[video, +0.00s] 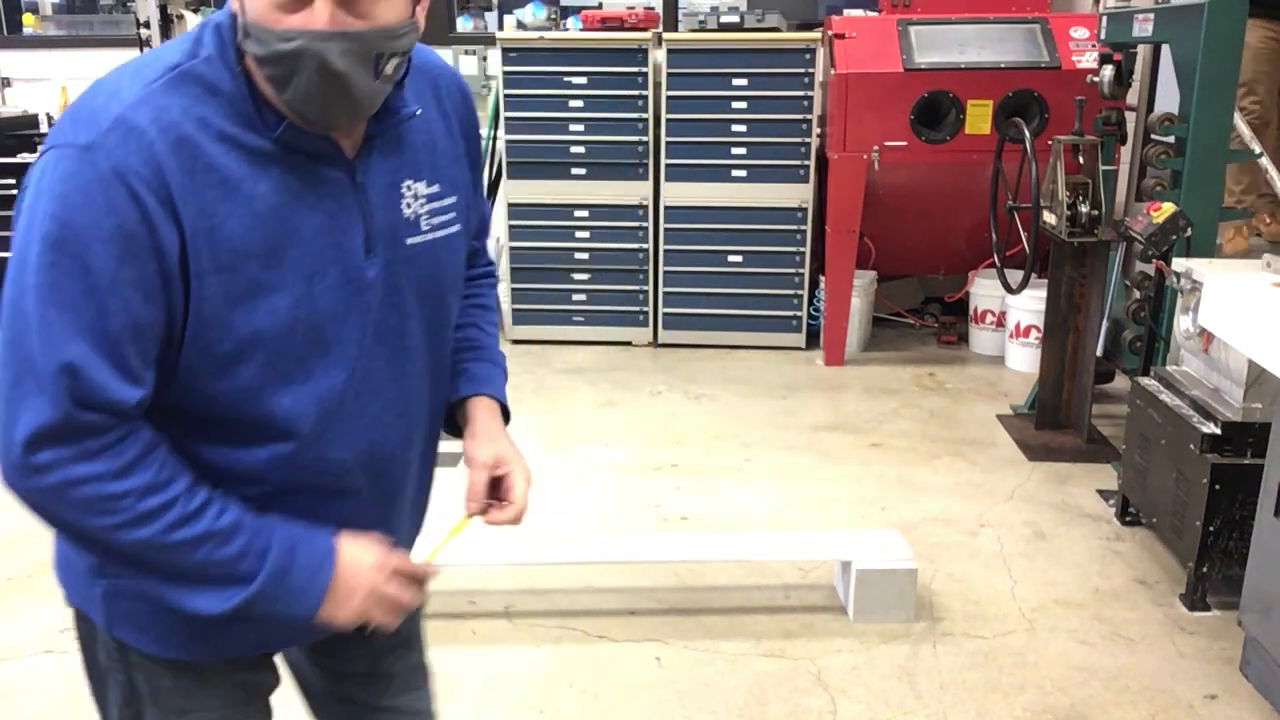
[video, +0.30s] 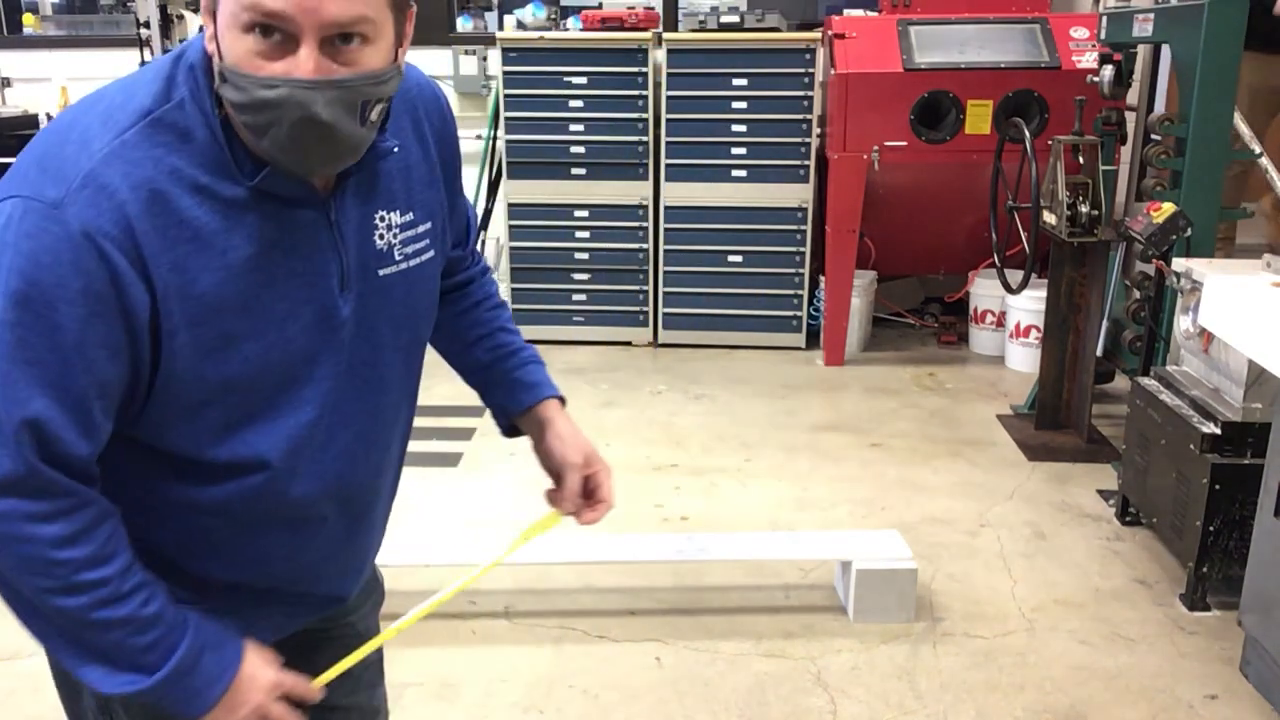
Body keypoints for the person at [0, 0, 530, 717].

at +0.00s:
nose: (322, 22)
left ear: (418, 6)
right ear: (239, 0)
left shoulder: (437, 101)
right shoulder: (114, 152)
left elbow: (468, 270)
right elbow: (61, 443)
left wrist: (483, 410)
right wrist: (307, 570)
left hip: (367, 562)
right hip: (175, 581)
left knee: (395, 709)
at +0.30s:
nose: (307, 78)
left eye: (345, 39)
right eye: (269, 34)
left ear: (403, 29)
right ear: (210, 21)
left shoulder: (416, 118)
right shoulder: (76, 209)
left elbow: (452, 277)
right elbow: (23, 497)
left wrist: (542, 411)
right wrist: (195, 673)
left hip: (337, 593)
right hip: (149, 636)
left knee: (355, 711)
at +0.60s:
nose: (300, 107)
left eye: (339, 66)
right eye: (261, 63)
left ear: (399, 51)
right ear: (204, 46)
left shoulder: (422, 133)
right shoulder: (64, 220)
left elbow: (476, 293)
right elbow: (16, 505)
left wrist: (539, 416)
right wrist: (153, 692)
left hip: (326, 563)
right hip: (150, 598)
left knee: (352, 713)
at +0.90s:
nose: (315, 159)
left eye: (356, 121)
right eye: (282, 113)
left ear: (413, 107)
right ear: (229, 90)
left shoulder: (438, 183)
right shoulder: (73, 246)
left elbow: (615, 325)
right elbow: (16, 517)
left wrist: (535, 212)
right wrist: (117, 711)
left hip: (327, 557)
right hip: (145, 586)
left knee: (373, 709)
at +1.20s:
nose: (366, 155)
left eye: (396, 118)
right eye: (329, 114)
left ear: (434, 118)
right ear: (259, 92)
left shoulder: (462, 184)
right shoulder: (107, 250)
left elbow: (668, 281)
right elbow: (38, 505)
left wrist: (522, 146)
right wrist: (103, 701)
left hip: (370, 528)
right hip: (184, 565)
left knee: (449, 705)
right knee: (221, 713)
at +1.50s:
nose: (462, 139)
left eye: (496, 105)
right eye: (432, 97)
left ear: (532, 100)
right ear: (370, 83)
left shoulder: (553, 164)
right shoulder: (236, 218)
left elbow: (740, 262)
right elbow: (162, 449)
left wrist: (606, 126)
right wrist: (202, 656)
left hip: (464, 508)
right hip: (290, 531)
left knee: (509, 707)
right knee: (293, 712)